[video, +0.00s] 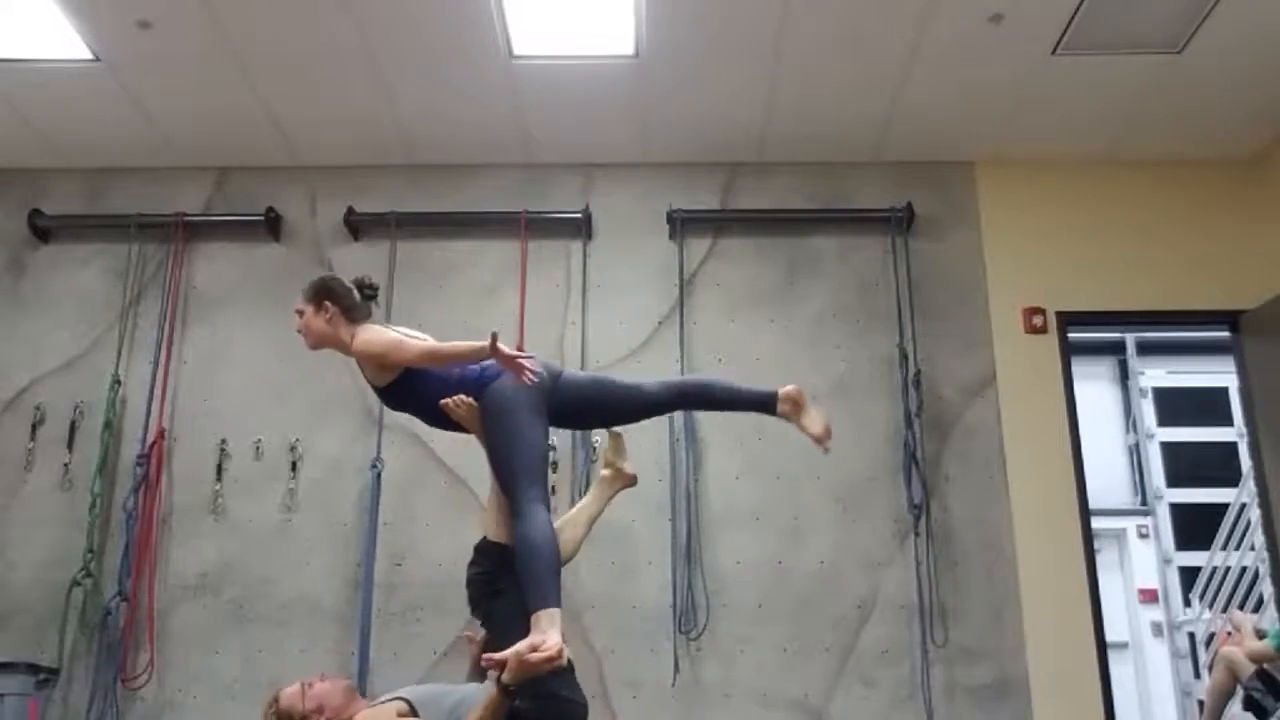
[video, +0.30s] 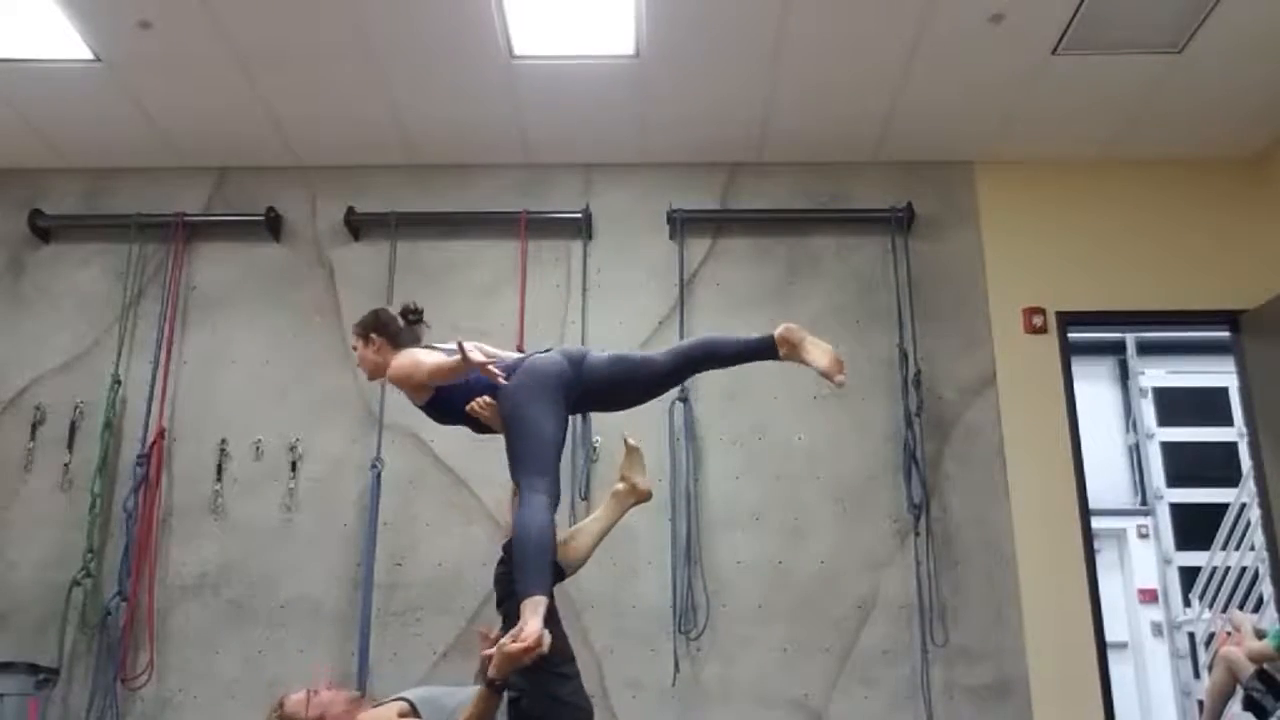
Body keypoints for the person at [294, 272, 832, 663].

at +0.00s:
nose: (299, 325)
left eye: (304, 316)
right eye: (298, 317)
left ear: (331, 312)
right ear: (337, 312)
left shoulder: (365, 342)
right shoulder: (377, 345)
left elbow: (431, 351)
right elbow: (438, 356)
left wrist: (492, 349)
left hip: (499, 396)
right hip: (521, 381)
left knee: (526, 505)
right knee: (657, 396)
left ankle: (546, 633)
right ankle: (781, 401)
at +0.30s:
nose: (357, 358)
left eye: (360, 349)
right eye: (355, 351)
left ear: (381, 344)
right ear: (392, 338)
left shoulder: (400, 367)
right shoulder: (435, 359)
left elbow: (444, 357)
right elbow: (482, 363)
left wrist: (477, 357)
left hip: (526, 383)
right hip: (566, 366)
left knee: (534, 495)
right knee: (670, 366)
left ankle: (532, 622)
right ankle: (782, 342)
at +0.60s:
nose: (392, 382)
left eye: (391, 372)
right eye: (388, 374)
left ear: (404, 361)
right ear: (422, 347)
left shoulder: (413, 378)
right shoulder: (469, 357)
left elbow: (431, 375)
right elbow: (518, 355)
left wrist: (458, 396)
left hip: (520, 382)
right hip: (563, 361)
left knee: (514, 490)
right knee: (643, 359)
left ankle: (496, 604)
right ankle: (730, 327)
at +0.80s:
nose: (381, 375)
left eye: (378, 367)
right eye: (377, 368)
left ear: (389, 356)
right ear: (412, 339)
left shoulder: (405, 372)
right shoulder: (465, 337)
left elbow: (397, 393)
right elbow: (531, 332)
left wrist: (374, 408)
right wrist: (598, 322)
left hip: (513, 382)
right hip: (565, 359)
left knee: (511, 491)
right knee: (648, 436)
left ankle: (499, 615)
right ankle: (744, 484)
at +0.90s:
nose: (373, 363)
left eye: (372, 354)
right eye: (371, 354)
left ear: (382, 343)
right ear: (407, 329)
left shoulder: (399, 365)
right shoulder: (461, 326)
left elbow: (388, 392)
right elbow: (523, 325)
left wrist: (363, 410)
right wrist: (594, 317)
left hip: (501, 383)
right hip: (553, 357)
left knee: (505, 492)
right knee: (636, 460)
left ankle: (496, 613)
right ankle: (724, 540)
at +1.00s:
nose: (367, 352)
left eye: (366, 343)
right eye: (365, 344)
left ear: (380, 334)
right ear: (407, 321)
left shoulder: (396, 357)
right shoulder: (457, 319)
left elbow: (379, 387)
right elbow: (520, 321)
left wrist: (349, 403)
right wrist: (589, 318)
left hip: (500, 378)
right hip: (554, 356)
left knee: (504, 493)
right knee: (623, 476)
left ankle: (494, 616)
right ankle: (685, 573)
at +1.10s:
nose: (364, 337)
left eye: (361, 329)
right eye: (361, 331)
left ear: (373, 319)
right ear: (399, 306)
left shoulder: (392, 343)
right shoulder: (453, 309)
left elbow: (377, 376)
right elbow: (521, 319)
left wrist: (346, 393)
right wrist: (592, 325)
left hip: (501, 381)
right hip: (556, 359)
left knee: (510, 497)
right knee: (605, 488)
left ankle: (511, 617)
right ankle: (648, 598)